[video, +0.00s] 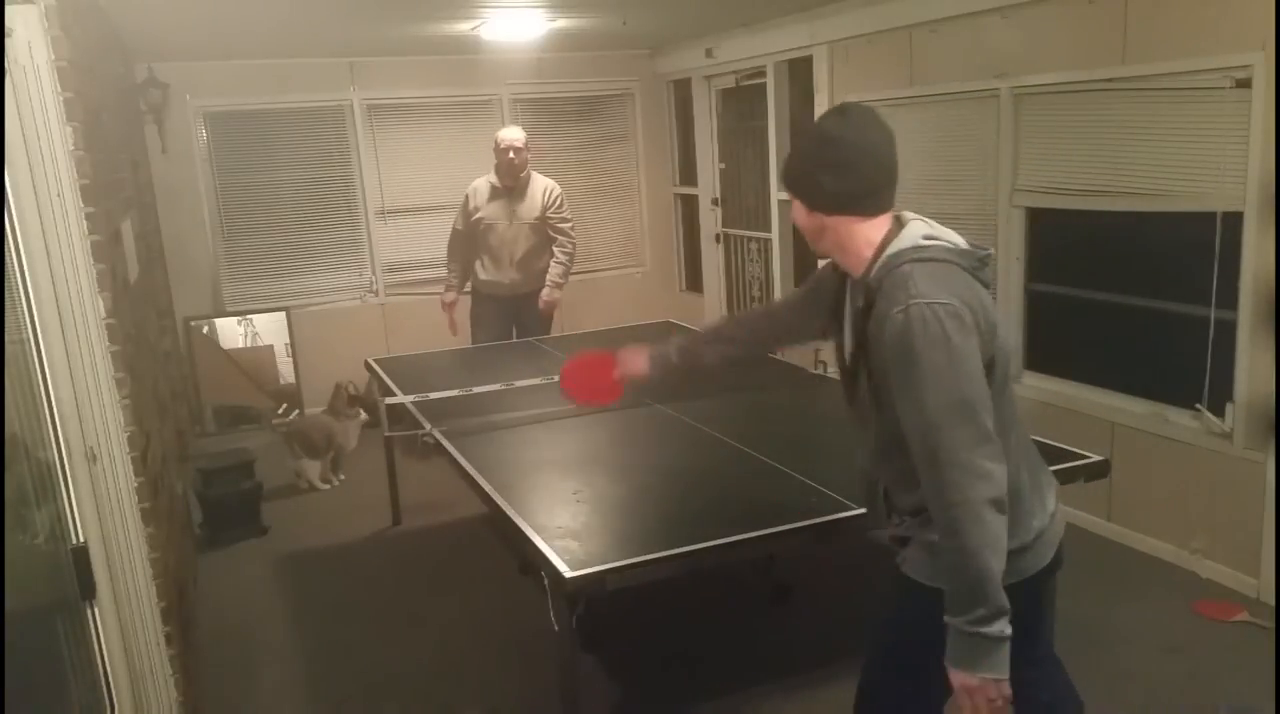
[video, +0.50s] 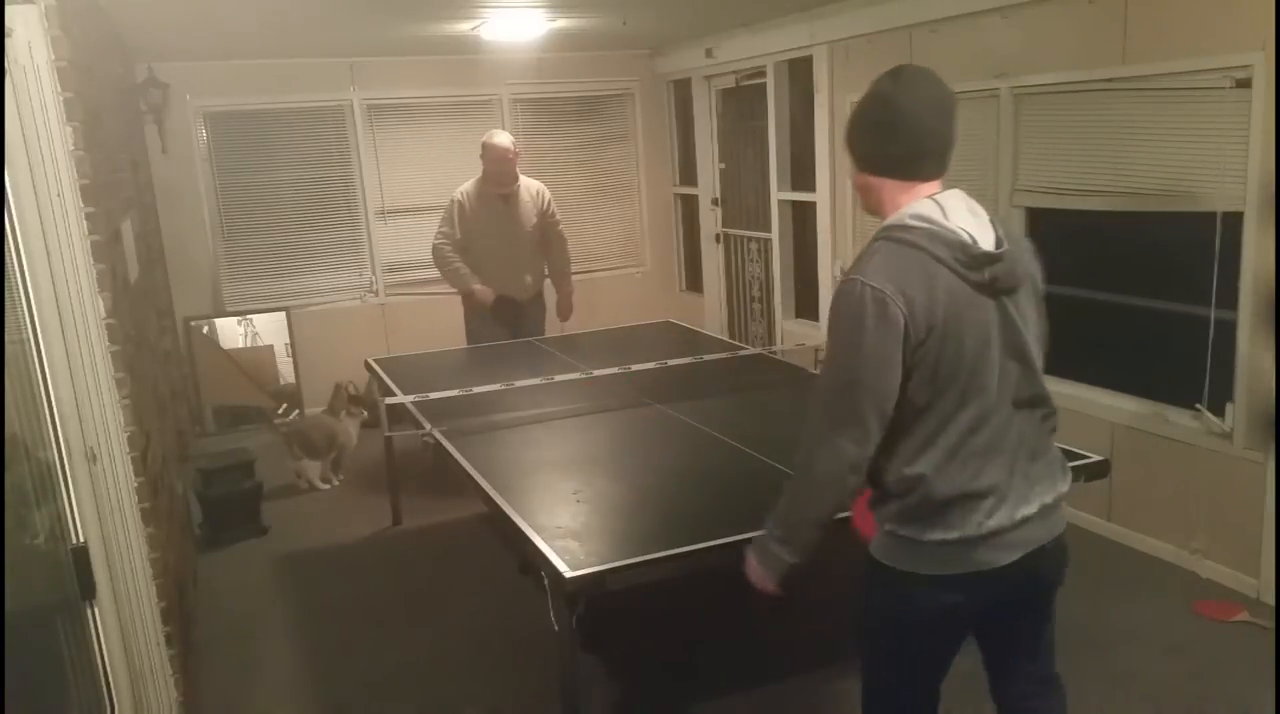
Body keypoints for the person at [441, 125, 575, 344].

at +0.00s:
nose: (511, 156)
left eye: (518, 150)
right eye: (504, 150)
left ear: (528, 152)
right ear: (495, 153)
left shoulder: (549, 192)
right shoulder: (477, 192)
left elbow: (564, 243)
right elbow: (460, 243)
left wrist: (553, 287)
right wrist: (453, 287)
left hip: (534, 298)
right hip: (488, 299)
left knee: (534, 367)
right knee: (487, 368)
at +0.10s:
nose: (509, 158)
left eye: (515, 152)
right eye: (503, 152)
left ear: (526, 153)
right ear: (493, 154)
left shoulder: (547, 192)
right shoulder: (475, 193)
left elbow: (564, 245)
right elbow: (457, 244)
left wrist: (555, 292)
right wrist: (453, 287)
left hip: (533, 299)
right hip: (488, 300)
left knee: (535, 369)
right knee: (489, 369)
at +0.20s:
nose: (507, 162)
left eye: (513, 155)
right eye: (500, 156)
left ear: (523, 154)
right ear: (491, 156)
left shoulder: (546, 193)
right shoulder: (472, 195)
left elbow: (564, 247)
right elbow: (454, 247)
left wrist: (560, 296)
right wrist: (454, 289)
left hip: (533, 300)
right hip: (488, 302)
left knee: (535, 369)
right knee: (492, 372)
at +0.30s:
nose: (505, 171)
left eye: (511, 163)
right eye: (499, 164)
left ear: (520, 155)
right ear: (487, 158)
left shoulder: (543, 193)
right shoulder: (468, 197)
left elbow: (563, 247)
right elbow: (448, 248)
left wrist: (564, 296)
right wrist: (456, 287)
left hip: (534, 300)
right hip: (488, 304)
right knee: (494, 372)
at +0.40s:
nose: (502, 169)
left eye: (508, 161)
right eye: (495, 162)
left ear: (517, 155)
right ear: (484, 160)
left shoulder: (540, 194)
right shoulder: (465, 199)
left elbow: (560, 246)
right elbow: (442, 248)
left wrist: (565, 294)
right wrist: (464, 288)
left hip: (532, 306)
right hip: (486, 310)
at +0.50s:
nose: (501, 169)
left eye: (506, 161)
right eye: (494, 162)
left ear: (516, 156)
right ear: (482, 160)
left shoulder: (537, 193)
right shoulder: (464, 199)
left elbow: (556, 245)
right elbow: (442, 248)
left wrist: (564, 292)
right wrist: (473, 287)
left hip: (530, 305)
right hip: (485, 308)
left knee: (533, 373)